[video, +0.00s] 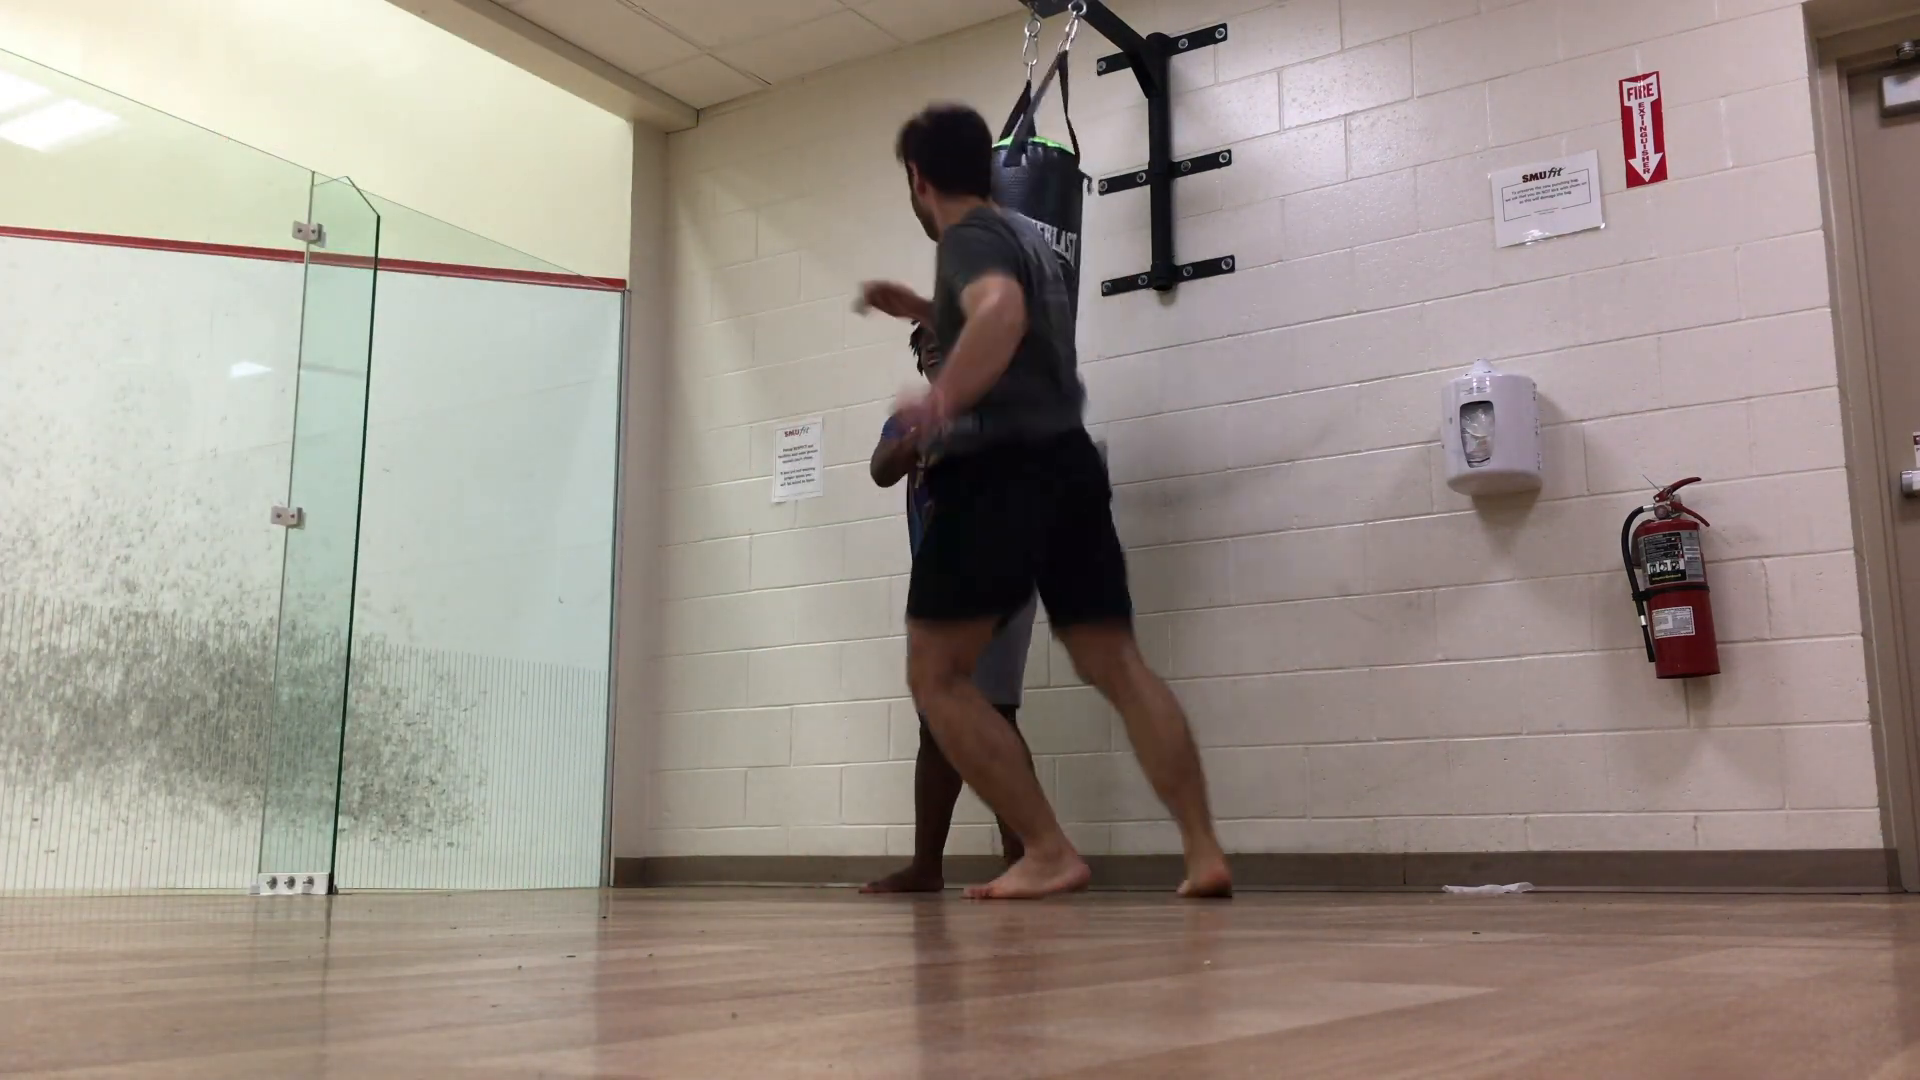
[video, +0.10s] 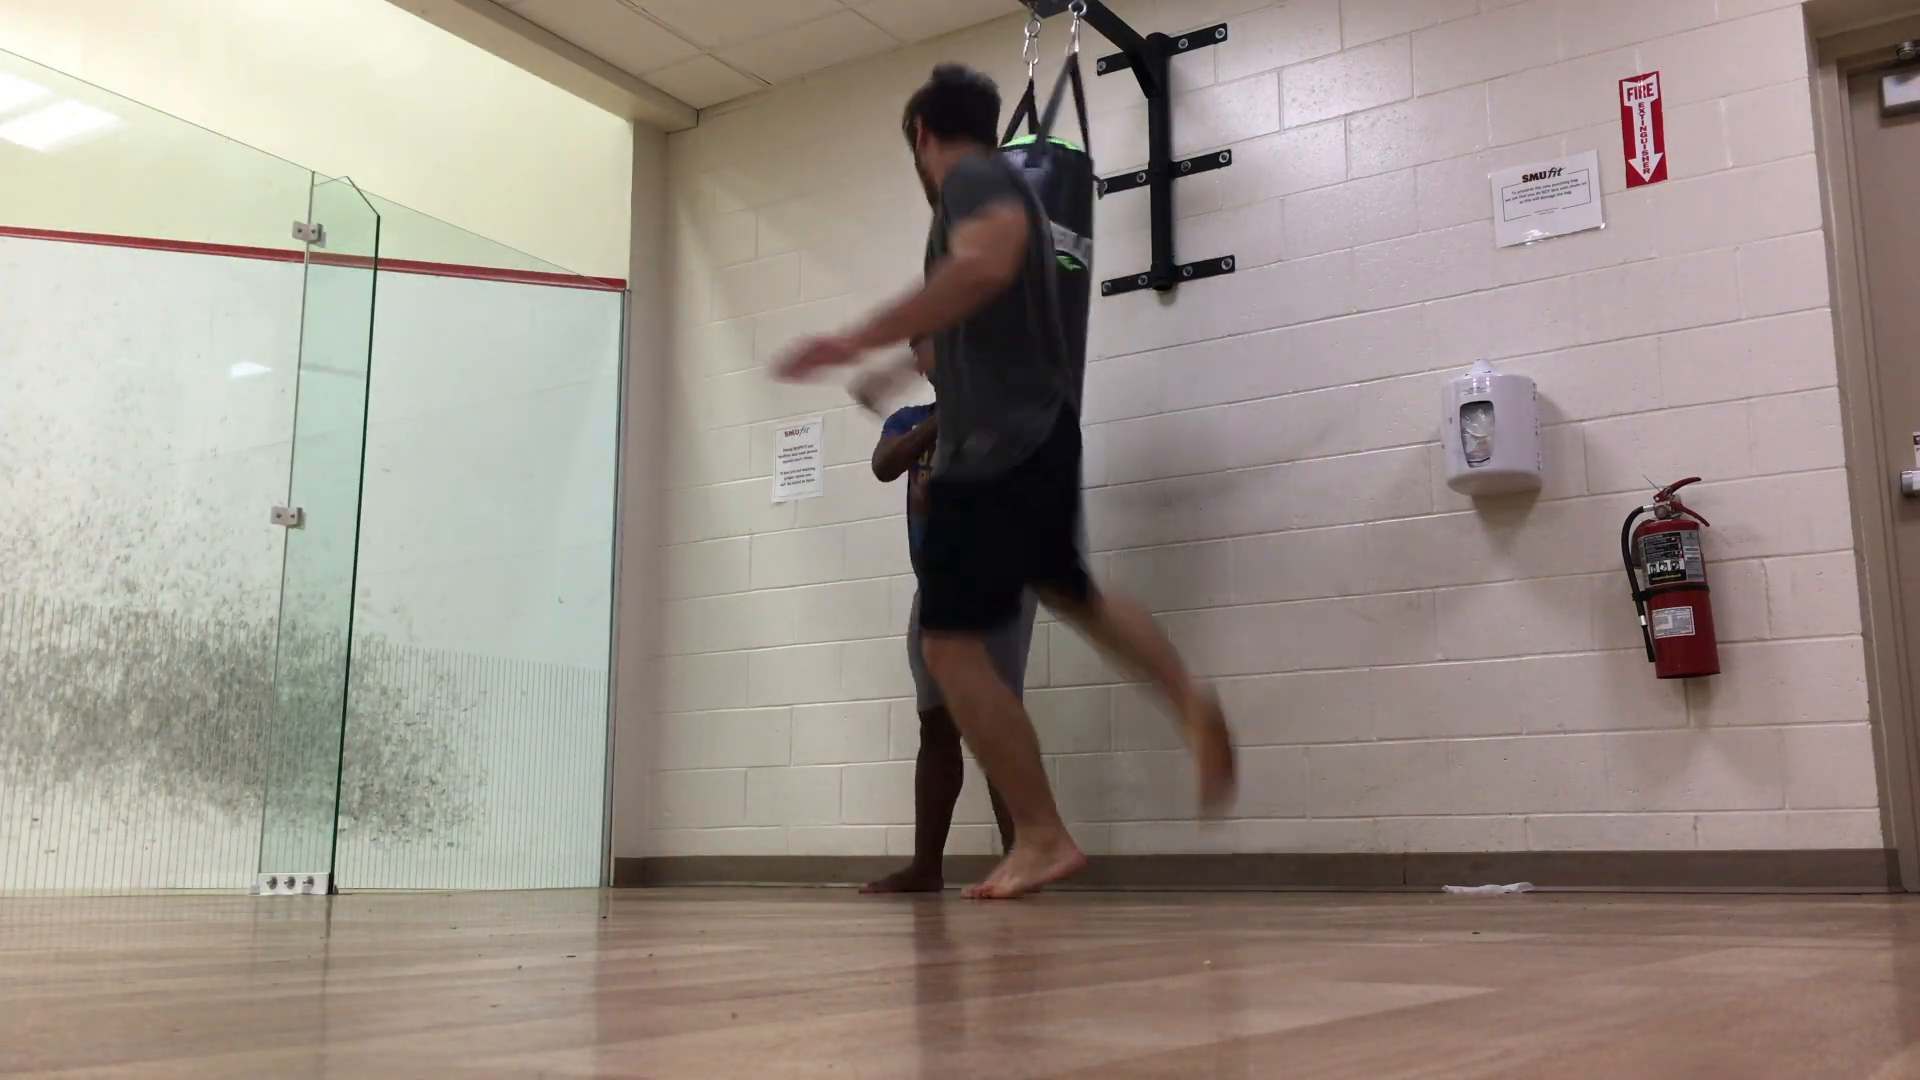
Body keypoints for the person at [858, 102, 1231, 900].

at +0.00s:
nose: (910, 194)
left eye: (908, 180)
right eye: (910, 180)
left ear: (921, 180)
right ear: (988, 170)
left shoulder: (967, 236)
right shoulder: (1037, 240)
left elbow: (1000, 306)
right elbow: (1019, 335)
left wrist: (939, 399)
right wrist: (924, 309)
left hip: (991, 478)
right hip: (1070, 470)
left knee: (936, 677)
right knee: (1116, 661)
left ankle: (1048, 852)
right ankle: (1204, 852)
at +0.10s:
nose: (917, 163)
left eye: (914, 148)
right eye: (916, 150)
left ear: (928, 136)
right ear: (985, 131)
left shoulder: (974, 177)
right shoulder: (1003, 195)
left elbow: (989, 259)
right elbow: (974, 332)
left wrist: (853, 337)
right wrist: (899, 368)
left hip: (988, 448)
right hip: (1042, 437)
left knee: (951, 643)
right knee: (1069, 589)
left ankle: (1041, 837)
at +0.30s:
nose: (898, 123)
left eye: (900, 113)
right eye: (907, 113)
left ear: (909, 110)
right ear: (981, 119)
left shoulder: (918, 149)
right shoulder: (1024, 196)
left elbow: (834, 261)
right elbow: (1109, 293)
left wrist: (887, 194)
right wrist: (1166, 364)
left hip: (992, 403)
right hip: (1038, 393)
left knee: (989, 637)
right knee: (973, 461)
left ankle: (1013, 848)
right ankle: (1092, 482)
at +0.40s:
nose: (899, 100)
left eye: (899, 90)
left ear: (905, 90)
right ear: (980, 96)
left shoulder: (899, 130)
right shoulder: (1035, 162)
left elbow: (862, 277)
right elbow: (1125, 268)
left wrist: (905, 241)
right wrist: (1144, 353)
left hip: (975, 384)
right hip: (1059, 372)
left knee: (985, 604)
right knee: (1065, 515)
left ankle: (1016, 826)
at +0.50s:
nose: (891, 123)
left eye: (892, 111)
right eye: (894, 111)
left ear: (903, 109)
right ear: (978, 110)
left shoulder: (900, 164)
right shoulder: (1040, 171)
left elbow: (891, 304)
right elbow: (1119, 276)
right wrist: (1082, 352)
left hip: (967, 417)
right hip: (1059, 404)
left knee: (985, 630)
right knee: (1109, 608)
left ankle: (1022, 843)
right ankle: (1177, 790)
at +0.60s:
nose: (911, 155)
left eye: (907, 144)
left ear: (910, 148)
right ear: (989, 138)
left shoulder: (900, 215)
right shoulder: (1050, 199)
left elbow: (892, 335)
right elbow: (1123, 311)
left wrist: (883, 464)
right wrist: (1054, 354)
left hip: (967, 447)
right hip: (1063, 437)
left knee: (991, 648)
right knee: (1104, 634)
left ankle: (1024, 858)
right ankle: (1157, 849)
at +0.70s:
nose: (918, 151)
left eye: (917, 140)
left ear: (919, 144)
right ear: (999, 132)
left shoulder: (894, 214)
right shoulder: (1060, 185)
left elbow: (869, 337)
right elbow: (1135, 295)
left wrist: (887, 457)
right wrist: (1070, 339)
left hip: (973, 437)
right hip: (1072, 423)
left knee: (982, 641)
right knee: (1111, 627)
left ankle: (1003, 860)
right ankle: (1149, 838)